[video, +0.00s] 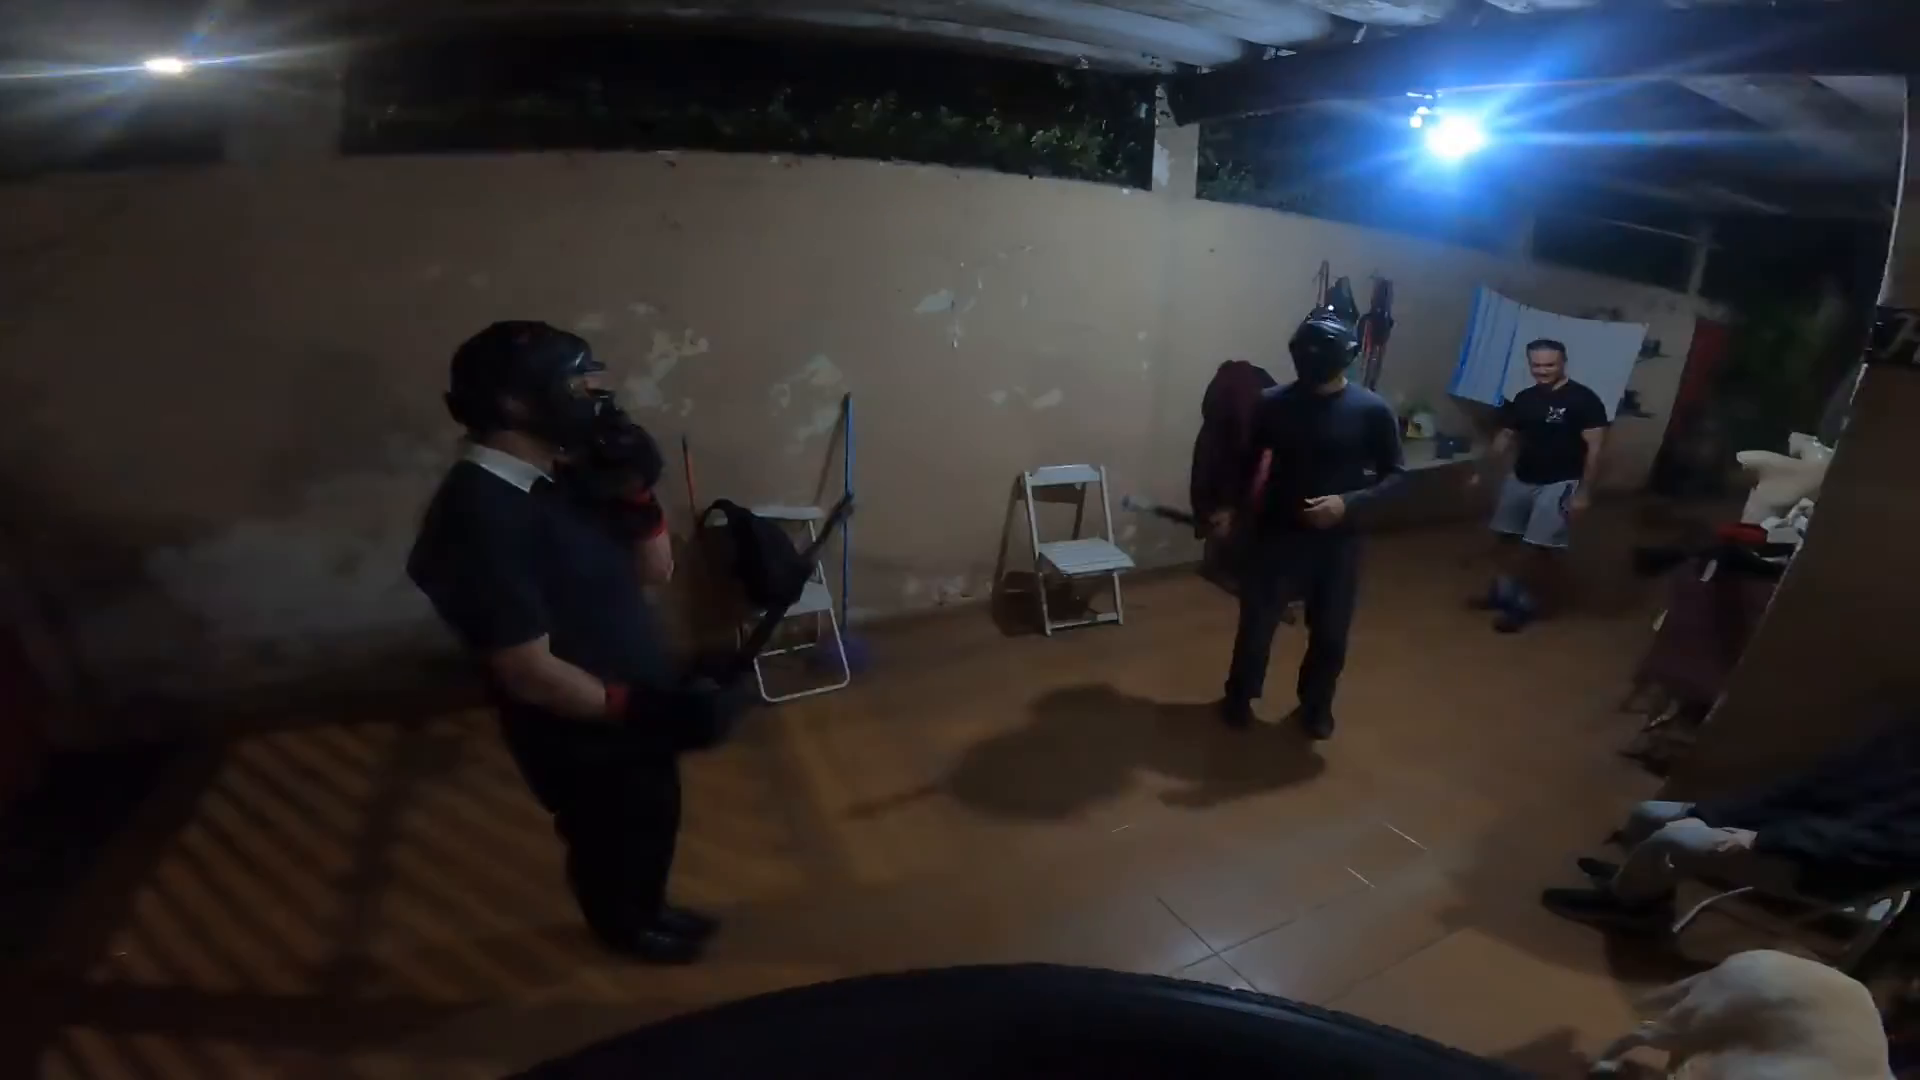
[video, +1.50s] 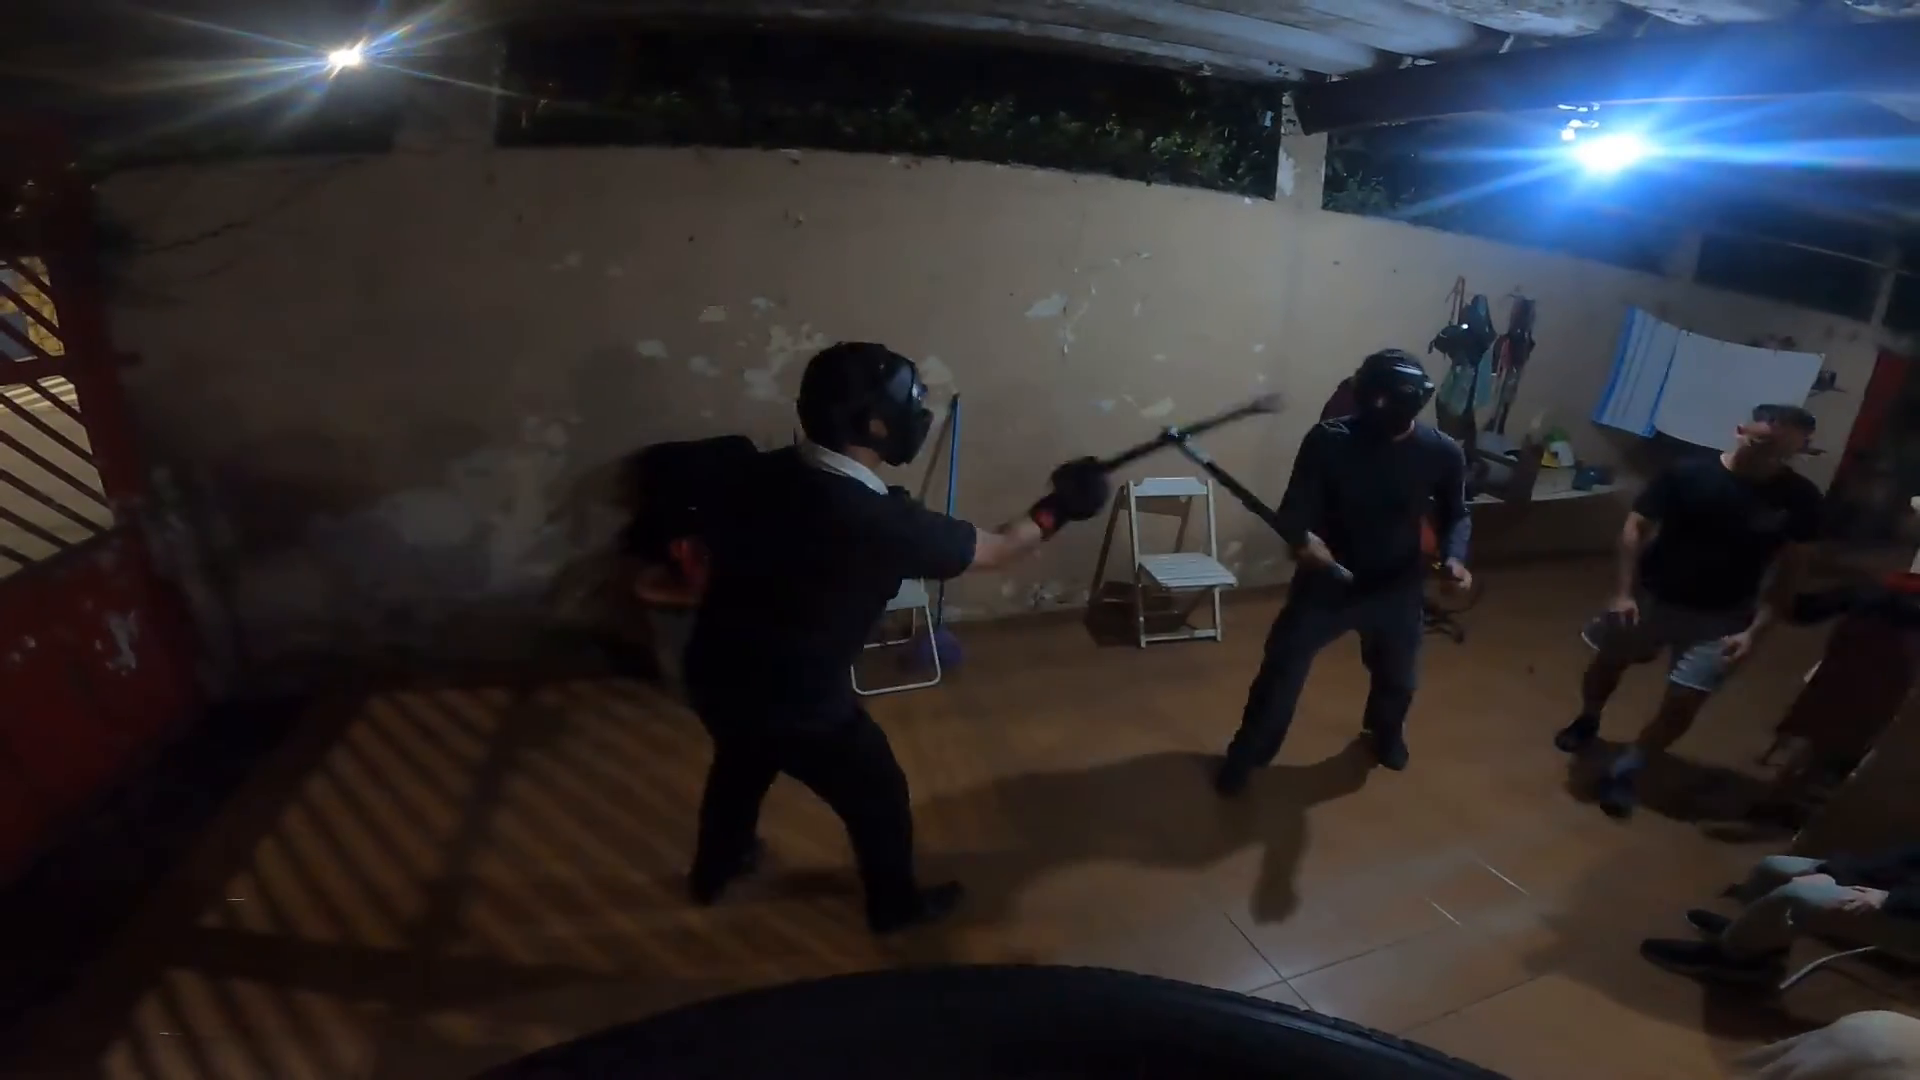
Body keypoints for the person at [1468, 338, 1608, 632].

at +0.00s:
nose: (1542, 372)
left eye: (1549, 366)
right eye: (1536, 366)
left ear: (1563, 364)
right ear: (1529, 365)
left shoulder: (1584, 400)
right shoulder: (1524, 399)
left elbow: (1595, 446)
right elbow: (1503, 440)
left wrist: (1584, 491)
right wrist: (1482, 471)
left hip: (1558, 484)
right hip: (1521, 479)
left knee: (1536, 547)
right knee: (1504, 538)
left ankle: (1525, 605)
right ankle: (1502, 592)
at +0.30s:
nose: (1612, 386)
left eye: (1620, 380)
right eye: (1606, 379)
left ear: (1630, 382)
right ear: (1596, 377)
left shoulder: (1639, 420)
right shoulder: (1572, 410)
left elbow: (1645, 468)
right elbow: (1547, 448)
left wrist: (1626, 509)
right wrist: (1540, 489)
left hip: (1601, 506)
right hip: (1560, 500)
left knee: (1584, 572)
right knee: (1548, 557)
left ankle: (1567, 632)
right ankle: (1540, 602)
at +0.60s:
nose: (1685, 402)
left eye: (1695, 398)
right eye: (1681, 393)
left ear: (1705, 401)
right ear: (1669, 387)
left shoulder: (1710, 440)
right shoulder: (1630, 419)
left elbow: (1711, 494)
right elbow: (1591, 457)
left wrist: (1693, 545)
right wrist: (1563, 503)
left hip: (1653, 526)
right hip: (1602, 512)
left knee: (1632, 591)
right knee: (1558, 563)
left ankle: (1598, 651)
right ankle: (1561, 613)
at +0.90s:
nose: (1741, 424)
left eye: (1751, 418)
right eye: (1736, 414)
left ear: (1766, 421)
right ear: (1721, 408)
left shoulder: (1766, 460)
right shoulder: (1681, 436)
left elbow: (1768, 516)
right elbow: (1632, 470)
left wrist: (1728, 555)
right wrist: (1606, 522)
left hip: (1695, 557)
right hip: (1643, 537)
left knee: (1662, 623)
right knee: (1601, 605)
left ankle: (1630, 669)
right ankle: (1583, 672)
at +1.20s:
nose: (1757, 444)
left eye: (1767, 438)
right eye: (1752, 434)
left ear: (1779, 438)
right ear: (1732, 422)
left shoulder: (1788, 478)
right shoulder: (1693, 463)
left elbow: (1779, 539)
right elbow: (1650, 517)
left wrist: (1735, 585)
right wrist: (1621, 574)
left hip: (1724, 590)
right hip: (1668, 573)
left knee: (1703, 654)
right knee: (1623, 639)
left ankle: (1663, 667)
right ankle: (1590, 713)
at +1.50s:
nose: (1769, 458)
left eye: (1780, 451)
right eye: (1765, 446)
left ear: (1790, 455)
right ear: (1744, 435)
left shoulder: (1796, 501)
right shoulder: (1690, 473)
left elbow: (1787, 578)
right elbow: (1635, 524)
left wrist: (1753, 632)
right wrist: (1624, 593)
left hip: (1721, 619)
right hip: (1656, 599)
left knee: (1682, 707)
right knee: (1608, 658)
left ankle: (1626, 773)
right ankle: (1587, 720)